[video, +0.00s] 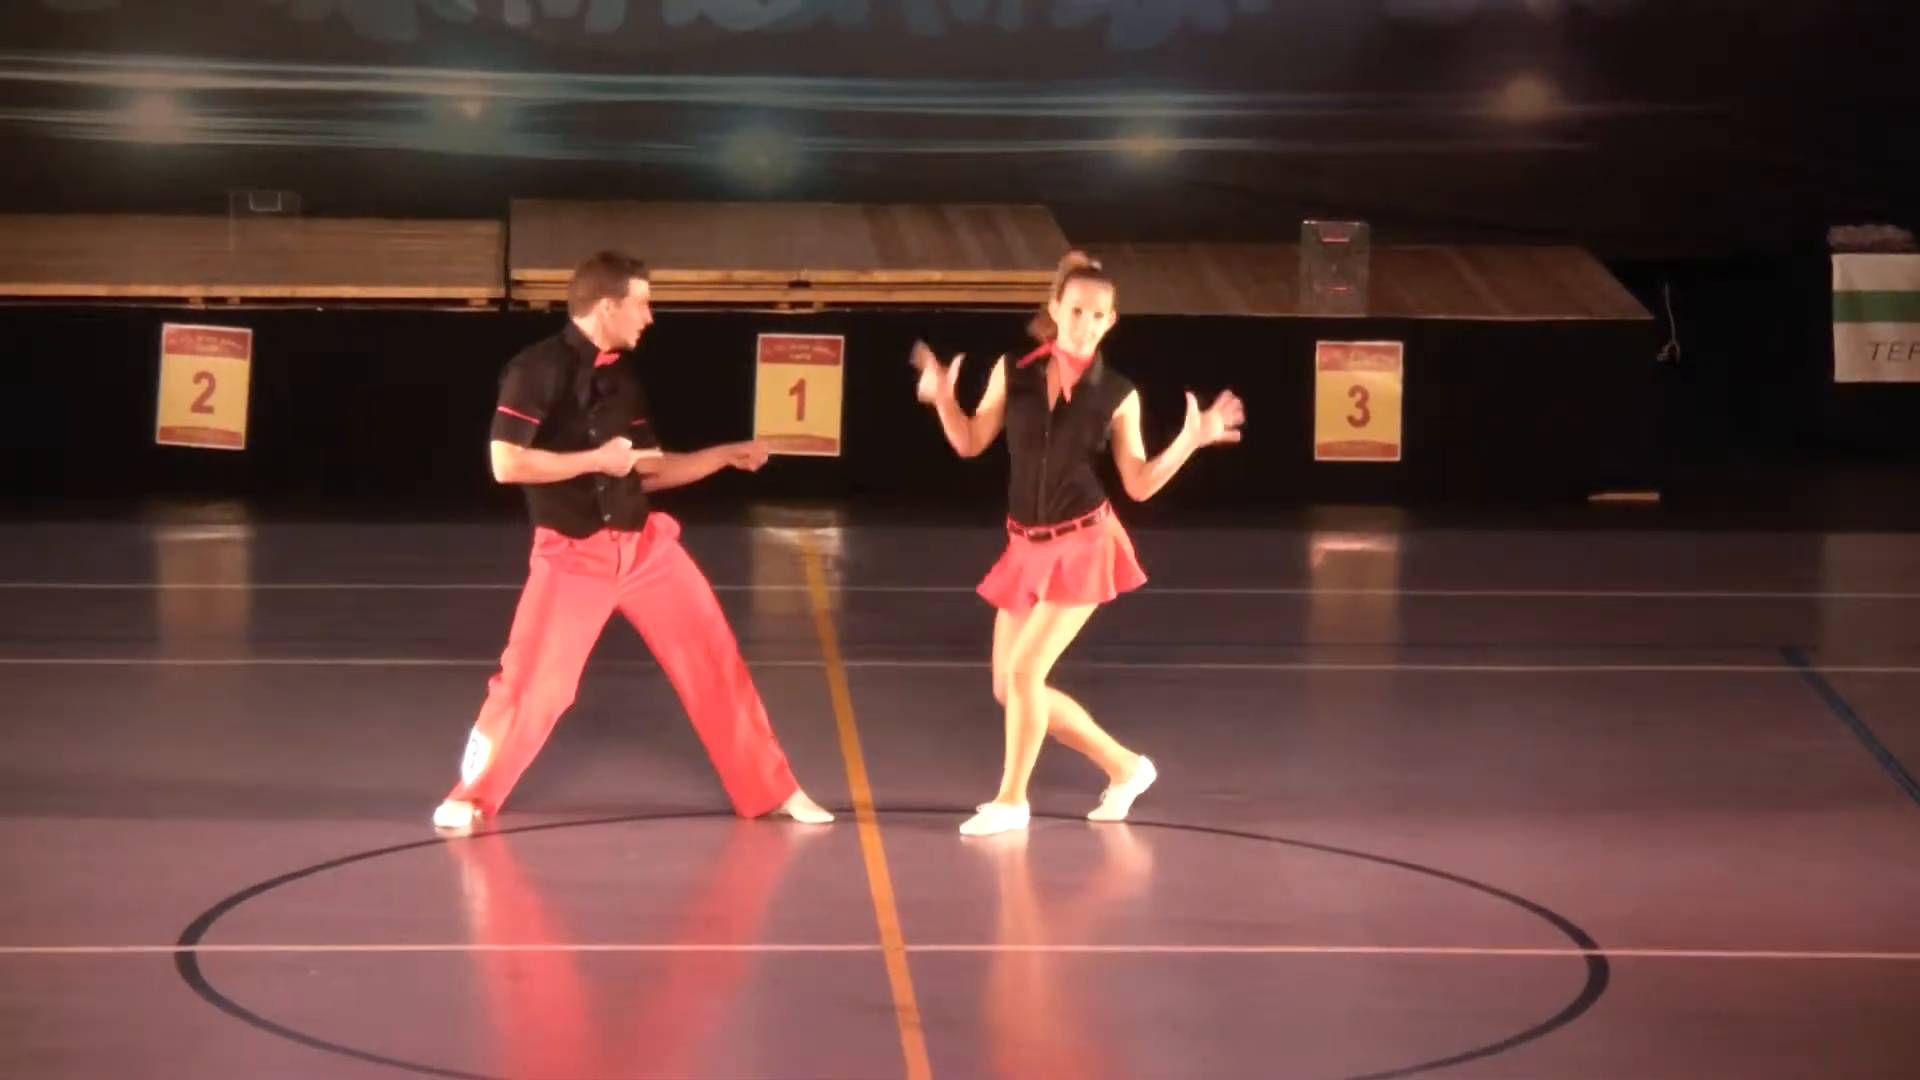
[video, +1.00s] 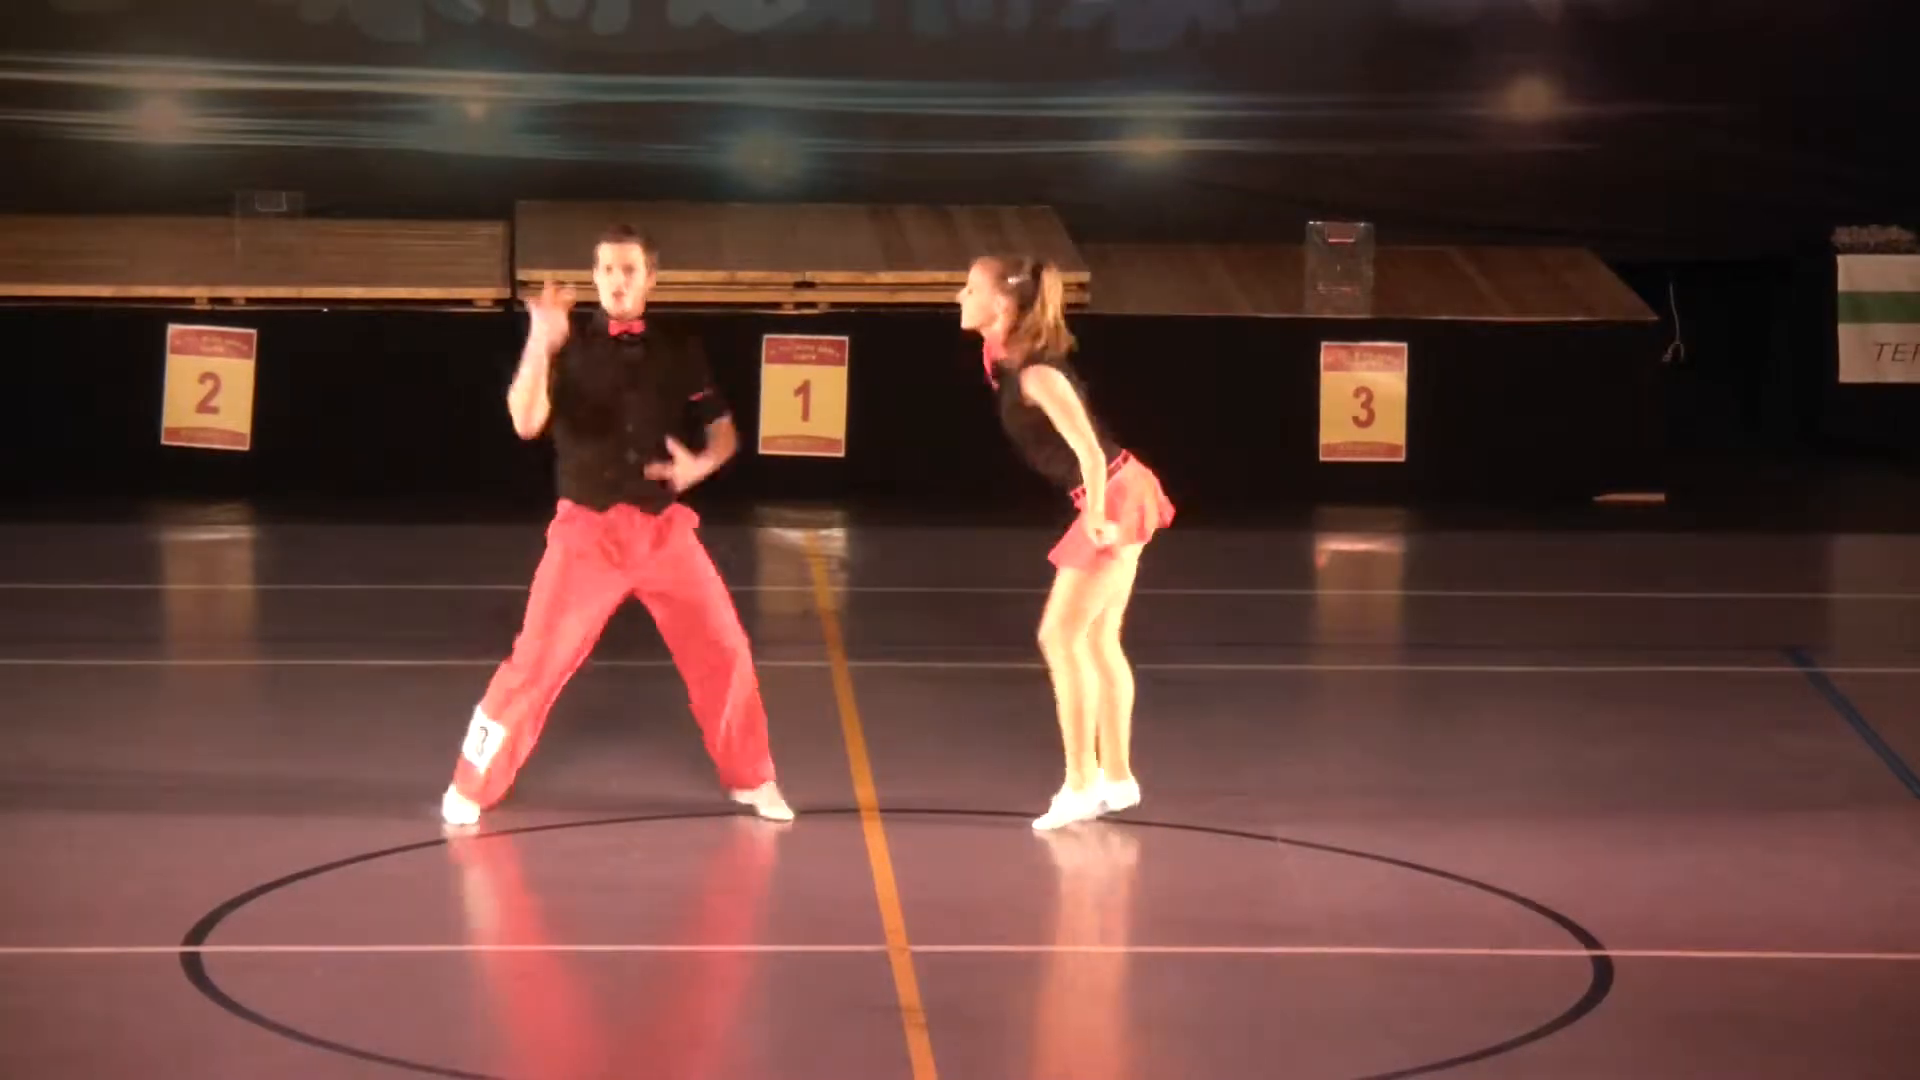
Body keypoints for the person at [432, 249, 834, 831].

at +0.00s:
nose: (647, 318)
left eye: (647, 306)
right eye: (640, 305)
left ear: (610, 307)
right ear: (603, 306)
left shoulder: (621, 373)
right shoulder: (537, 369)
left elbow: (650, 472)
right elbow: (506, 463)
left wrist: (727, 455)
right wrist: (595, 459)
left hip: (648, 547)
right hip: (570, 557)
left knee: (716, 660)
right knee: (533, 683)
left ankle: (773, 790)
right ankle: (469, 800)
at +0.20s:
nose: (620, 312)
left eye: (626, 300)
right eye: (607, 300)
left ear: (632, 305)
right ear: (573, 303)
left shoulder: (648, 375)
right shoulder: (533, 378)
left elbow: (682, 455)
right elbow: (498, 472)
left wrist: (689, 481)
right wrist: (570, 473)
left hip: (656, 557)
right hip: (571, 562)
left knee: (724, 667)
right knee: (532, 684)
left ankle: (770, 792)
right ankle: (473, 799)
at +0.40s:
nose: (615, 286)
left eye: (625, 275)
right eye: (604, 275)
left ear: (643, 283)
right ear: (587, 284)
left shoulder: (661, 361)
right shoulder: (558, 335)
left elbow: (686, 434)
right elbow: (498, 372)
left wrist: (671, 481)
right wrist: (533, 292)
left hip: (648, 537)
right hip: (568, 537)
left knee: (710, 660)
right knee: (529, 666)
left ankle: (763, 791)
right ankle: (470, 795)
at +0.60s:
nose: (621, 295)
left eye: (632, 284)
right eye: (611, 284)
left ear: (652, 297)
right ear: (594, 295)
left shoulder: (667, 375)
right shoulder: (564, 348)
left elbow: (705, 473)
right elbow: (488, 358)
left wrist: (678, 461)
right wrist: (521, 284)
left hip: (651, 553)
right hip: (570, 549)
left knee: (726, 647)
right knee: (525, 666)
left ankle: (733, 786)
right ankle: (453, 795)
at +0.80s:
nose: (610, 290)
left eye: (622, 280)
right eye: (601, 278)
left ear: (641, 291)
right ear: (586, 286)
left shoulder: (663, 347)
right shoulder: (565, 367)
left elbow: (742, 354)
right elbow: (552, 449)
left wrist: (715, 272)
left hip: (652, 541)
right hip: (575, 542)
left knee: (702, 662)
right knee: (507, 659)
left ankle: (771, 778)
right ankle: (496, 798)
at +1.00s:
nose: (618, 281)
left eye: (629, 269)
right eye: (607, 269)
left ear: (650, 277)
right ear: (593, 277)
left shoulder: (677, 347)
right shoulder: (565, 344)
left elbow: (724, 430)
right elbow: (525, 421)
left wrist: (699, 465)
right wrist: (540, 342)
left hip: (665, 529)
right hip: (584, 530)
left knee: (725, 648)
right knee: (541, 658)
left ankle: (751, 779)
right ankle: (470, 789)